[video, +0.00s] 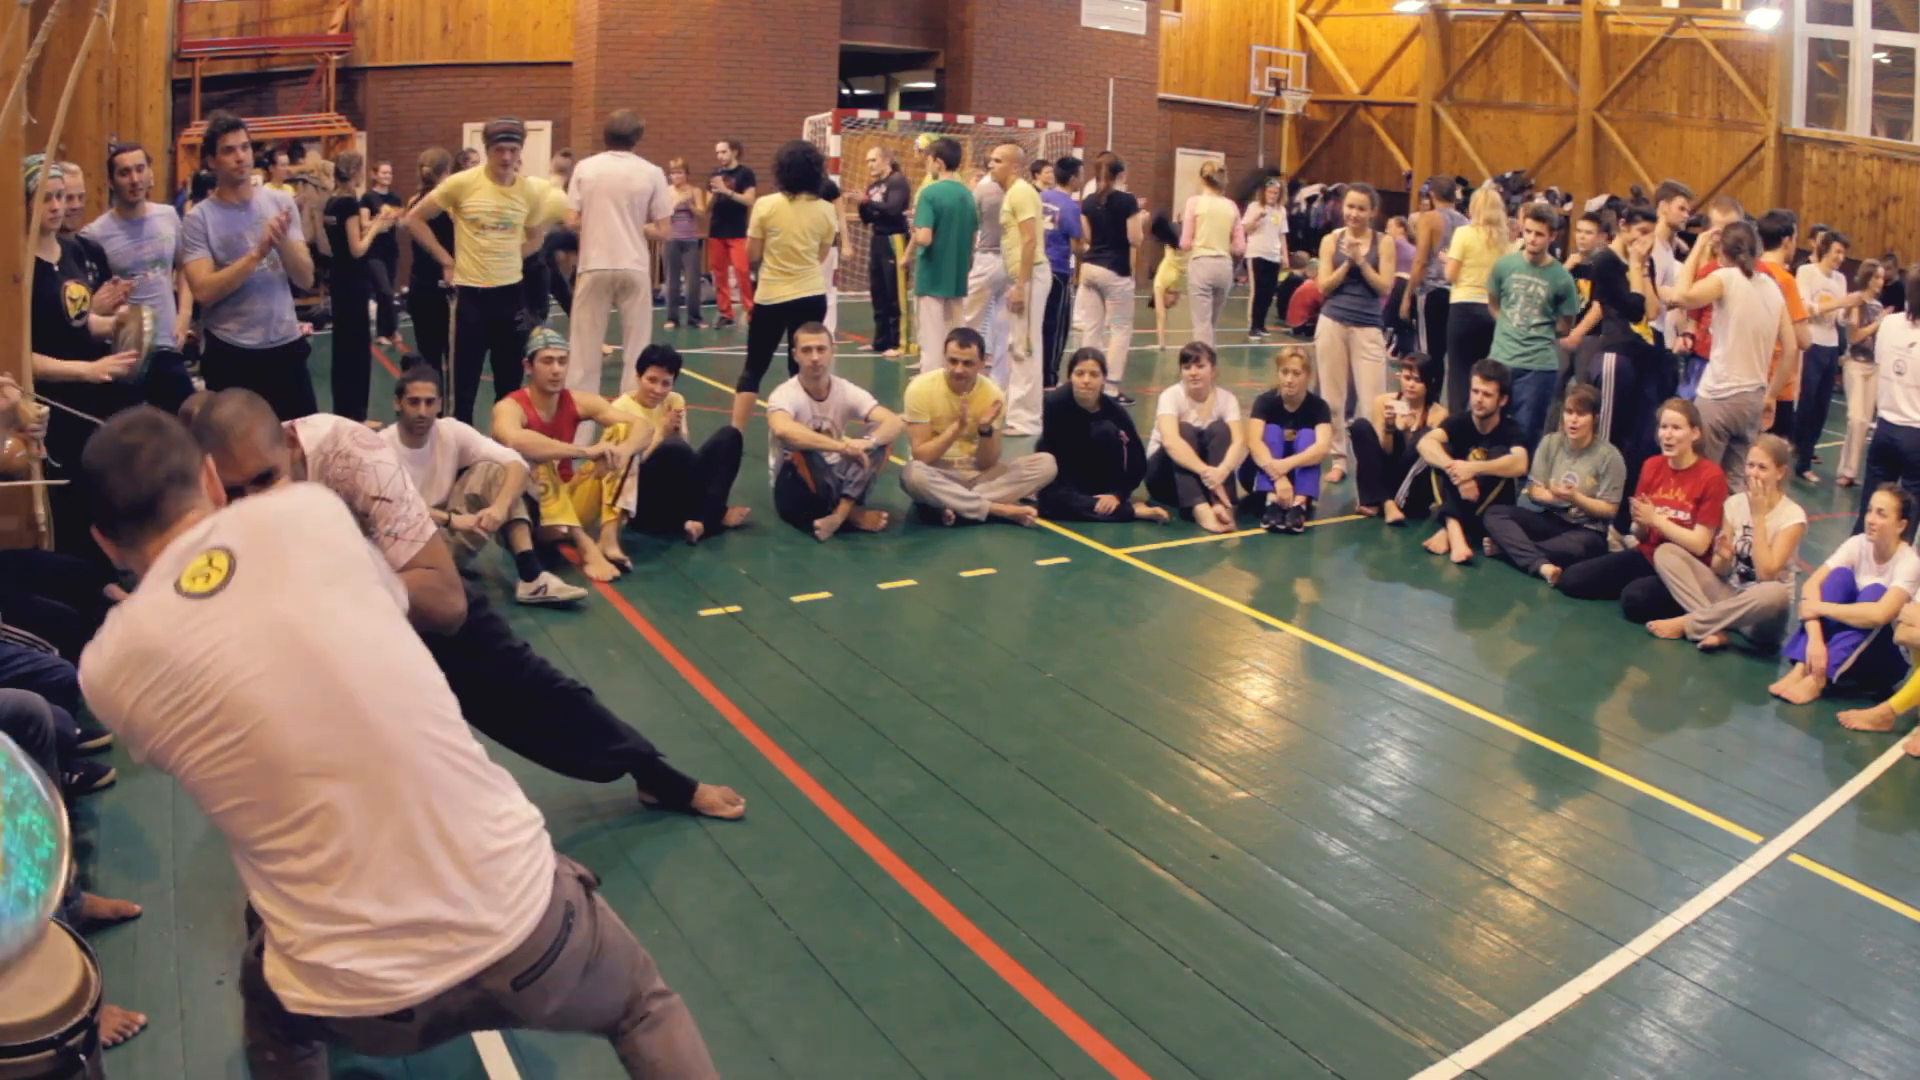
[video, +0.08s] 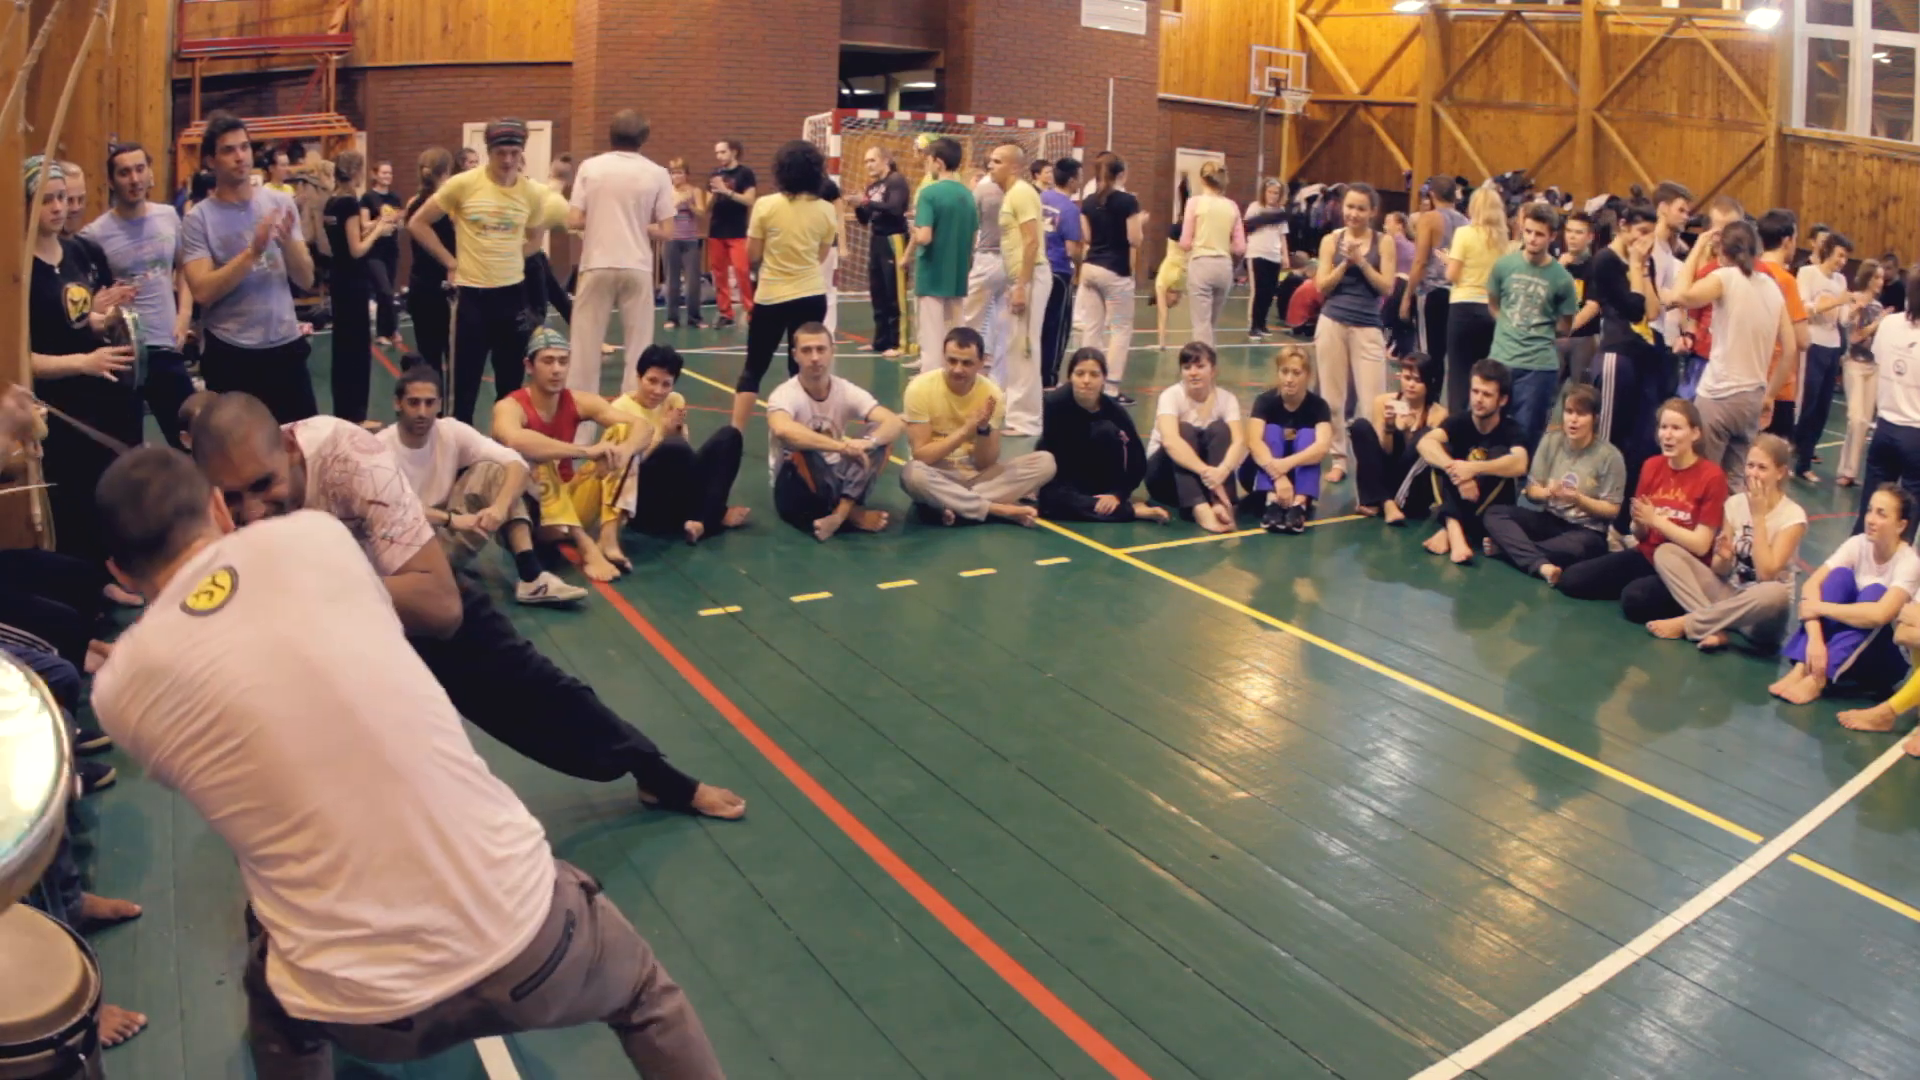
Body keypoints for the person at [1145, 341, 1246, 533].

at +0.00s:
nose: (1193, 373)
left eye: (1200, 366)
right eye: (1187, 367)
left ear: (1213, 371)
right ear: (1181, 372)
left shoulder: (1227, 399)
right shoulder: (1170, 396)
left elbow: (1240, 443)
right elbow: (1170, 441)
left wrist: (1222, 471)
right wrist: (1211, 480)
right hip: (1167, 482)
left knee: (1219, 428)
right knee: (1185, 430)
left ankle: (1222, 504)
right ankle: (1200, 507)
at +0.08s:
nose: (1193, 373)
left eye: (1200, 366)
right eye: (1187, 367)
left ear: (1213, 371)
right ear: (1180, 372)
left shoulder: (1227, 399)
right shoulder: (1170, 396)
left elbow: (1240, 442)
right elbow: (1170, 441)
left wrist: (1222, 471)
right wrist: (1212, 480)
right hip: (1167, 482)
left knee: (1219, 428)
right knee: (1185, 430)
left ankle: (1222, 504)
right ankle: (1200, 507)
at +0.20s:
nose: (1193, 373)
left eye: (1200, 366)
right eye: (1187, 367)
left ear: (1213, 370)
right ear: (1180, 371)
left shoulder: (1227, 399)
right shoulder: (1170, 396)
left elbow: (1240, 442)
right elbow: (1170, 441)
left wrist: (1222, 471)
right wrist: (1211, 479)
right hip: (1167, 482)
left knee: (1219, 428)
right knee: (1185, 430)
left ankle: (1222, 504)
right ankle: (1200, 507)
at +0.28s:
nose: (1193, 373)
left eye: (1200, 366)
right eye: (1187, 367)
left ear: (1213, 370)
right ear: (1180, 371)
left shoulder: (1227, 399)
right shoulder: (1170, 396)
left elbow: (1240, 442)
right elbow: (1170, 441)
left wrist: (1222, 471)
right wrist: (1211, 480)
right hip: (1167, 482)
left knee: (1219, 428)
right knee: (1185, 430)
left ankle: (1222, 503)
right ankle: (1200, 507)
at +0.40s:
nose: (1193, 373)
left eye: (1200, 366)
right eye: (1187, 367)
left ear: (1213, 371)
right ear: (1180, 372)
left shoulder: (1227, 399)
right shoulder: (1170, 396)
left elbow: (1239, 442)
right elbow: (1170, 441)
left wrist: (1222, 471)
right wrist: (1211, 480)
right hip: (1167, 482)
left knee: (1219, 428)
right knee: (1185, 430)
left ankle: (1223, 505)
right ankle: (1200, 507)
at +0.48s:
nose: (1193, 373)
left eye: (1200, 366)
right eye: (1187, 367)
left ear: (1213, 371)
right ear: (1180, 372)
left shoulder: (1227, 399)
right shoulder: (1170, 396)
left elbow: (1239, 442)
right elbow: (1170, 441)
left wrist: (1222, 471)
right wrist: (1211, 480)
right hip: (1167, 482)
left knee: (1219, 428)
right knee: (1185, 430)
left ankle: (1222, 504)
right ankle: (1200, 507)